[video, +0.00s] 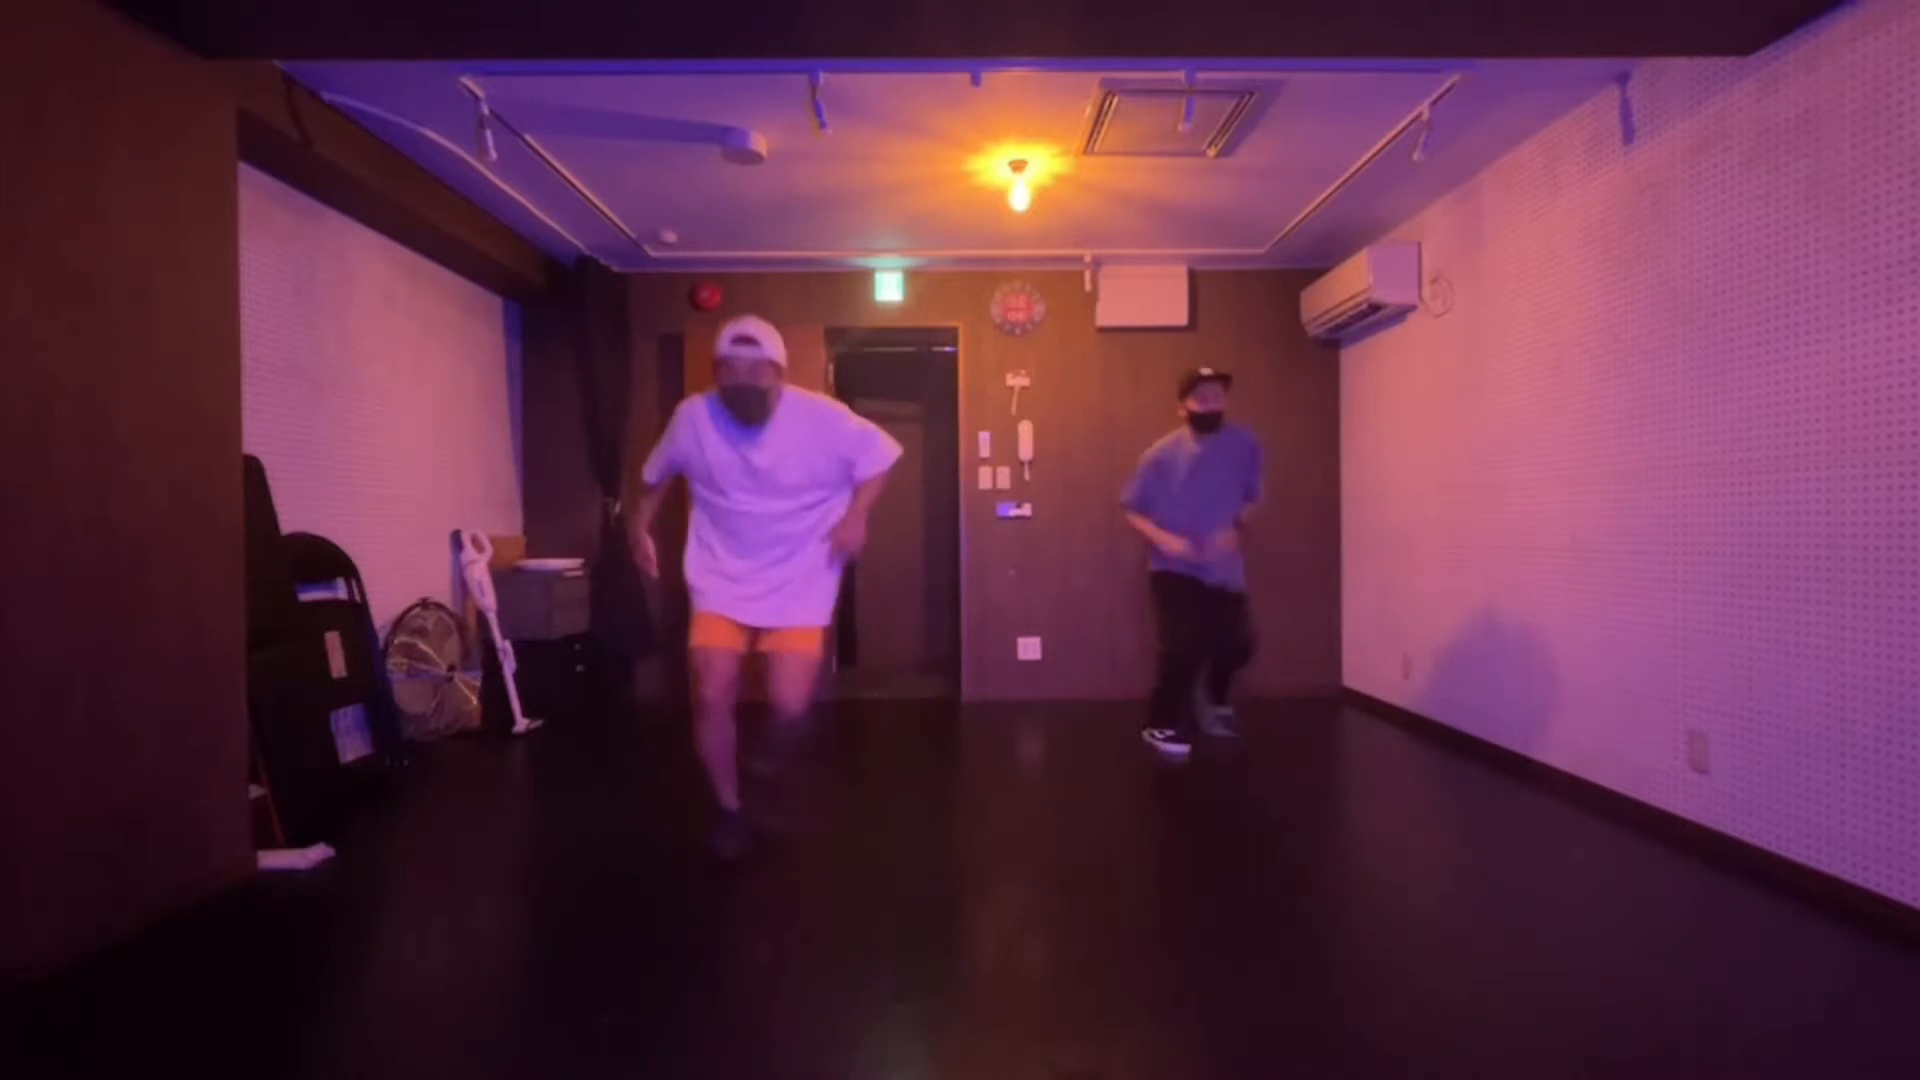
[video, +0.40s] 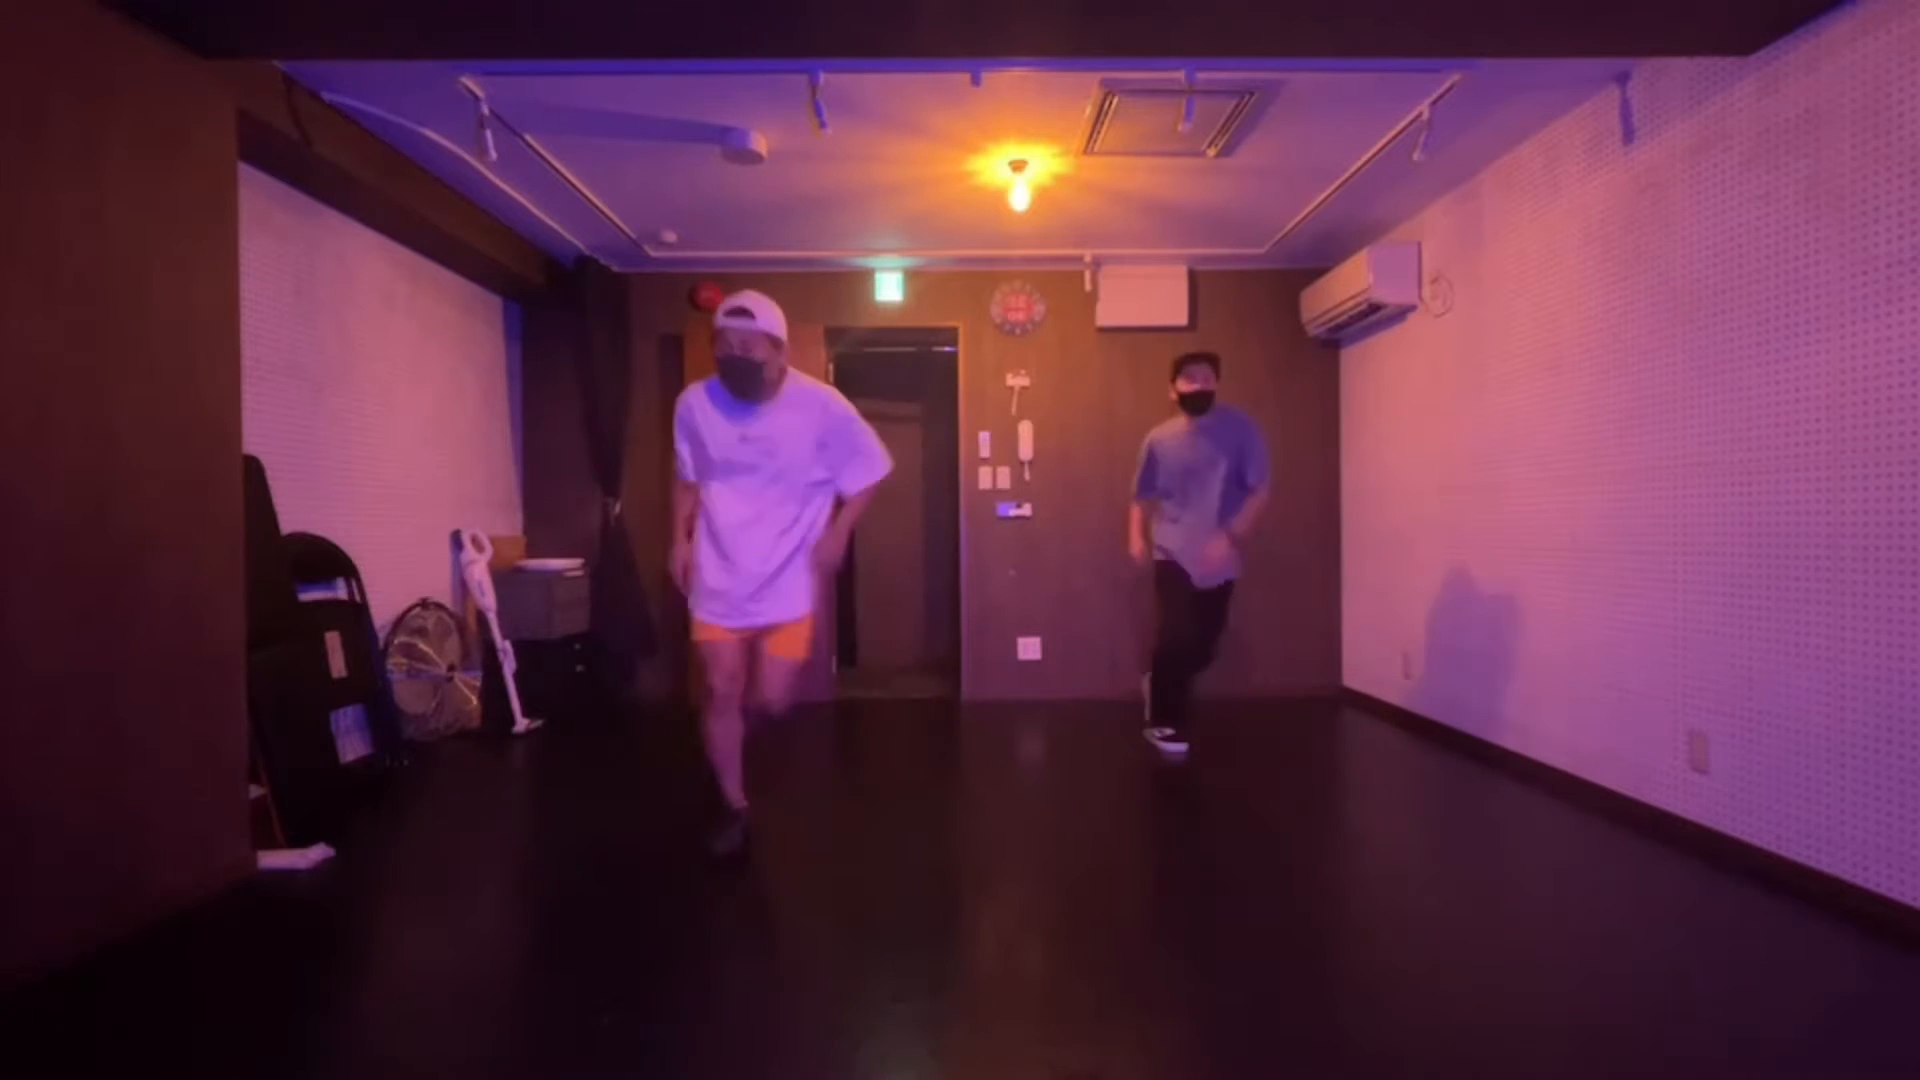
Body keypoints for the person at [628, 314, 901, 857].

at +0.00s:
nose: (744, 381)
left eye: (757, 369)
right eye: (734, 368)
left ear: (779, 374)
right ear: (717, 372)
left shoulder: (817, 416)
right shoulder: (694, 419)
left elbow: (881, 453)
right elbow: (656, 473)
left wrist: (858, 515)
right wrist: (640, 527)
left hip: (800, 578)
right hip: (720, 579)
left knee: (791, 705)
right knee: (712, 695)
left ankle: (779, 786)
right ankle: (729, 811)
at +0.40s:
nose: (735, 357)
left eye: (748, 346)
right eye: (726, 346)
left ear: (777, 350)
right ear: (715, 348)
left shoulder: (819, 404)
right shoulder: (695, 405)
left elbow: (871, 467)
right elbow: (688, 479)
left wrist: (839, 533)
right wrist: (680, 541)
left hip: (791, 574)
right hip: (718, 573)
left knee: (771, 701)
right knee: (721, 692)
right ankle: (733, 809)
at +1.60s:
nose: (964, 339)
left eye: (969, 330)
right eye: (951, 330)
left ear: (977, 336)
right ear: (922, 334)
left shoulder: (985, 395)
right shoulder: (886, 380)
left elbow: (1023, 475)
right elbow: (824, 440)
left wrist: (1011, 427)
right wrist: (814, 515)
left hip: (964, 558)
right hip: (900, 559)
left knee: (960, 676)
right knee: (913, 679)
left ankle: (962, 793)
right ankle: (933, 762)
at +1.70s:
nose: (947, 339)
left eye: (956, 329)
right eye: (934, 331)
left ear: (969, 334)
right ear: (910, 336)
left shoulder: (990, 387)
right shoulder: (880, 377)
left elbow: (1061, 411)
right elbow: (808, 418)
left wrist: (1011, 386)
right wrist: (823, 490)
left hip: (961, 563)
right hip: (893, 561)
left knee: (959, 675)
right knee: (900, 678)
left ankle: (962, 791)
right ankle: (929, 756)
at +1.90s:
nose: (913, 364)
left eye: (923, 353)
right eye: (901, 355)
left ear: (939, 357)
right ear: (882, 363)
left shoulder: (972, 397)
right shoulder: (859, 417)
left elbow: (1046, 400)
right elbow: (808, 487)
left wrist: (1015, 454)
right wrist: (852, 503)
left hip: (962, 570)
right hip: (890, 572)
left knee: (964, 684)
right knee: (862, 679)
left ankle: (962, 795)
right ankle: (895, 748)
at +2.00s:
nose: (882, 363)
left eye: (890, 351)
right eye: (870, 354)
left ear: (909, 348)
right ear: (852, 360)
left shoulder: (955, 392)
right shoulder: (837, 421)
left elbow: (1029, 404)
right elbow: (807, 507)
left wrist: (1038, 465)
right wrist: (823, 492)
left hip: (962, 565)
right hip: (889, 567)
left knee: (963, 682)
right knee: (857, 676)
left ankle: (961, 797)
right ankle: (867, 794)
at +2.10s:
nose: (854, 348)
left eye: (862, 337)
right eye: (841, 341)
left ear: (882, 340)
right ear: (827, 352)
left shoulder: (928, 384)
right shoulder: (818, 421)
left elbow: (1010, 399)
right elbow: (804, 510)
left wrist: (1049, 456)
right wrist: (810, 480)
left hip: (956, 562)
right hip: (884, 567)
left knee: (960, 679)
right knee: (860, 677)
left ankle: (961, 800)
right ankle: (845, 807)